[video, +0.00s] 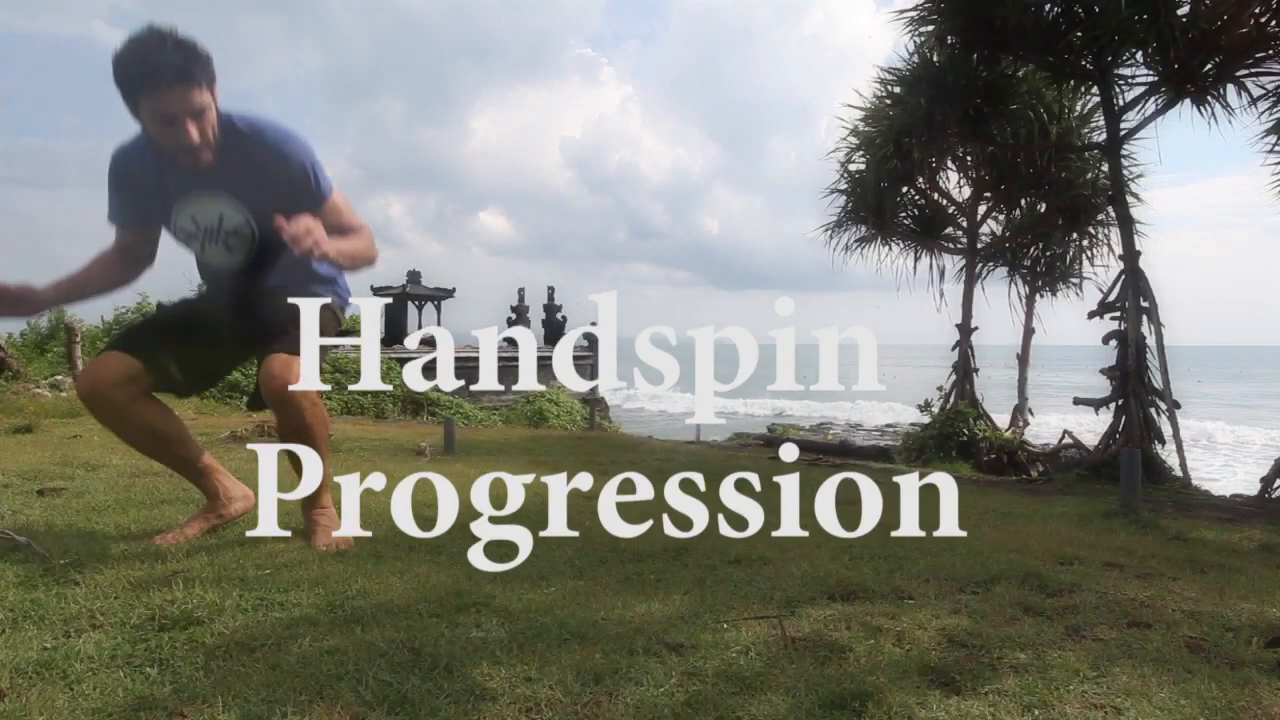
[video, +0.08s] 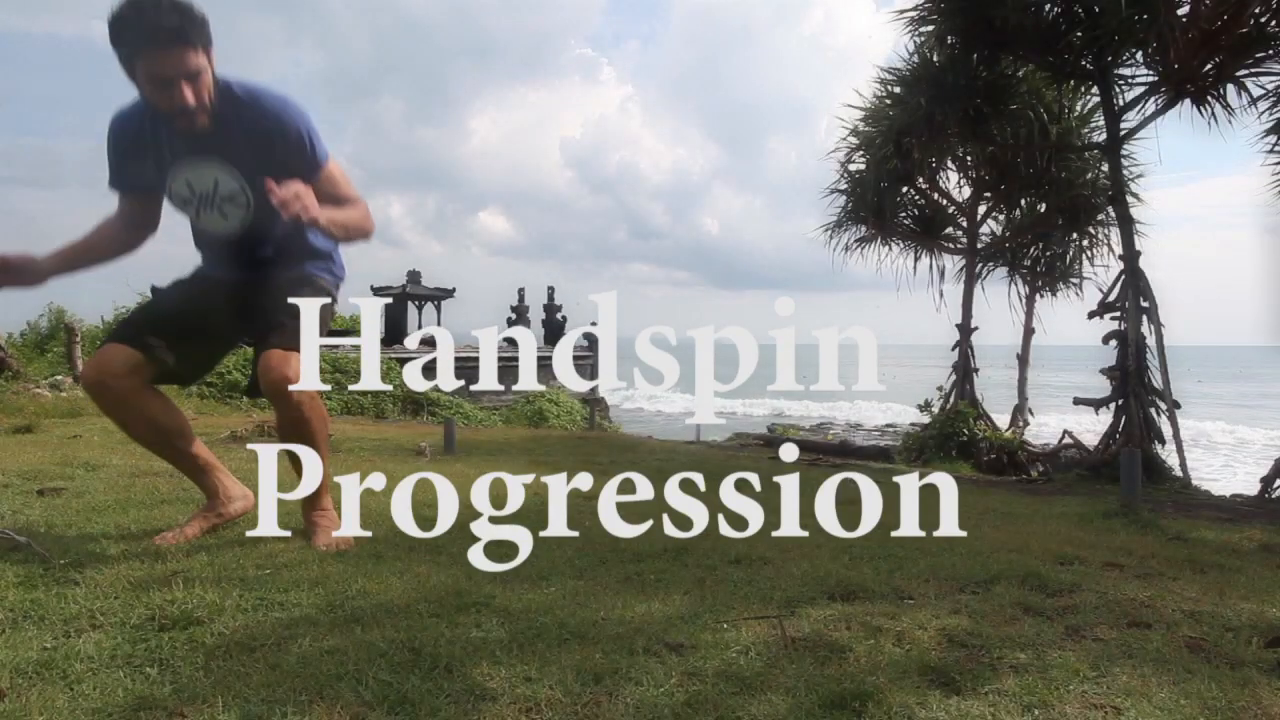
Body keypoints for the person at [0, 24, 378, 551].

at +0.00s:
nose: (192, 135)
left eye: (200, 114)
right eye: (169, 122)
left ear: (214, 92)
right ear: (139, 119)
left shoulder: (276, 149)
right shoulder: (136, 166)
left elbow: (364, 246)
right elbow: (132, 254)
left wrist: (326, 243)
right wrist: (43, 297)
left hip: (304, 297)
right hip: (226, 304)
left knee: (282, 377)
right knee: (103, 381)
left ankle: (320, 510)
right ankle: (226, 495)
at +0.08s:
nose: (185, 96)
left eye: (193, 76)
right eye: (164, 84)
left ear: (209, 56)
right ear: (134, 77)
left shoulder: (271, 117)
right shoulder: (135, 131)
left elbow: (361, 220)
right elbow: (135, 223)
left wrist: (319, 212)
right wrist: (44, 267)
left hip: (298, 265)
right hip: (222, 272)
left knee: (282, 371)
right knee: (109, 373)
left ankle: (320, 511)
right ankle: (226, 495)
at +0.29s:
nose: (141, 7)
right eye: (131, 2)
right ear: (124, 0)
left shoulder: (243, 18)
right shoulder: (115, 34)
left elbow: (331, 130)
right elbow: (140, 142)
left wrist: (254, 140)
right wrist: (52, 203)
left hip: (276, 215)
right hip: (197, 214)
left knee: (275, 355)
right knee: (111, 337)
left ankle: (320, 510)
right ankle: (146, 497)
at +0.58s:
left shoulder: (189, 4)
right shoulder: (69, 11)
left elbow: (257, 114)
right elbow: (107, 123)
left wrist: (165, 154)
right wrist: (69, 208)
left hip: (239, 195)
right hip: (158, 200)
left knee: (270, 332)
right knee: (101, 347)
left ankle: (328, 504)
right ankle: (137, 507)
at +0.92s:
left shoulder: (207, 6)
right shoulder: (74, 5)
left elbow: (270, 114)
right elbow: (101, 95)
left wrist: (232, 165)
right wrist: (90, 188)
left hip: (223, 206)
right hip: (127, 206)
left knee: (276, 348)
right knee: (91, 349)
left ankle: (322, 516)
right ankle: (136, 506)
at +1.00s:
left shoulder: (239, 6)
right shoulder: (84, 3)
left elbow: (297, 96)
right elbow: (84, 91)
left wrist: (308, 127)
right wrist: (39, 178)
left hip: (224, 186)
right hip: (127, 190)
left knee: (279, 337)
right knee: (96, 344)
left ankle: (304, 514)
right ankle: (136, 506)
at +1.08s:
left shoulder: (259, 5)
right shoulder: (100, 2)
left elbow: (321, 97)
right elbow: (64, 80)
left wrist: (358, 127)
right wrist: (4, 146)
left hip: (227, 188)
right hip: (129, 188)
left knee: (278, 333)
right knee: (104, 347)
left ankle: (293, 510)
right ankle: (135, 505)